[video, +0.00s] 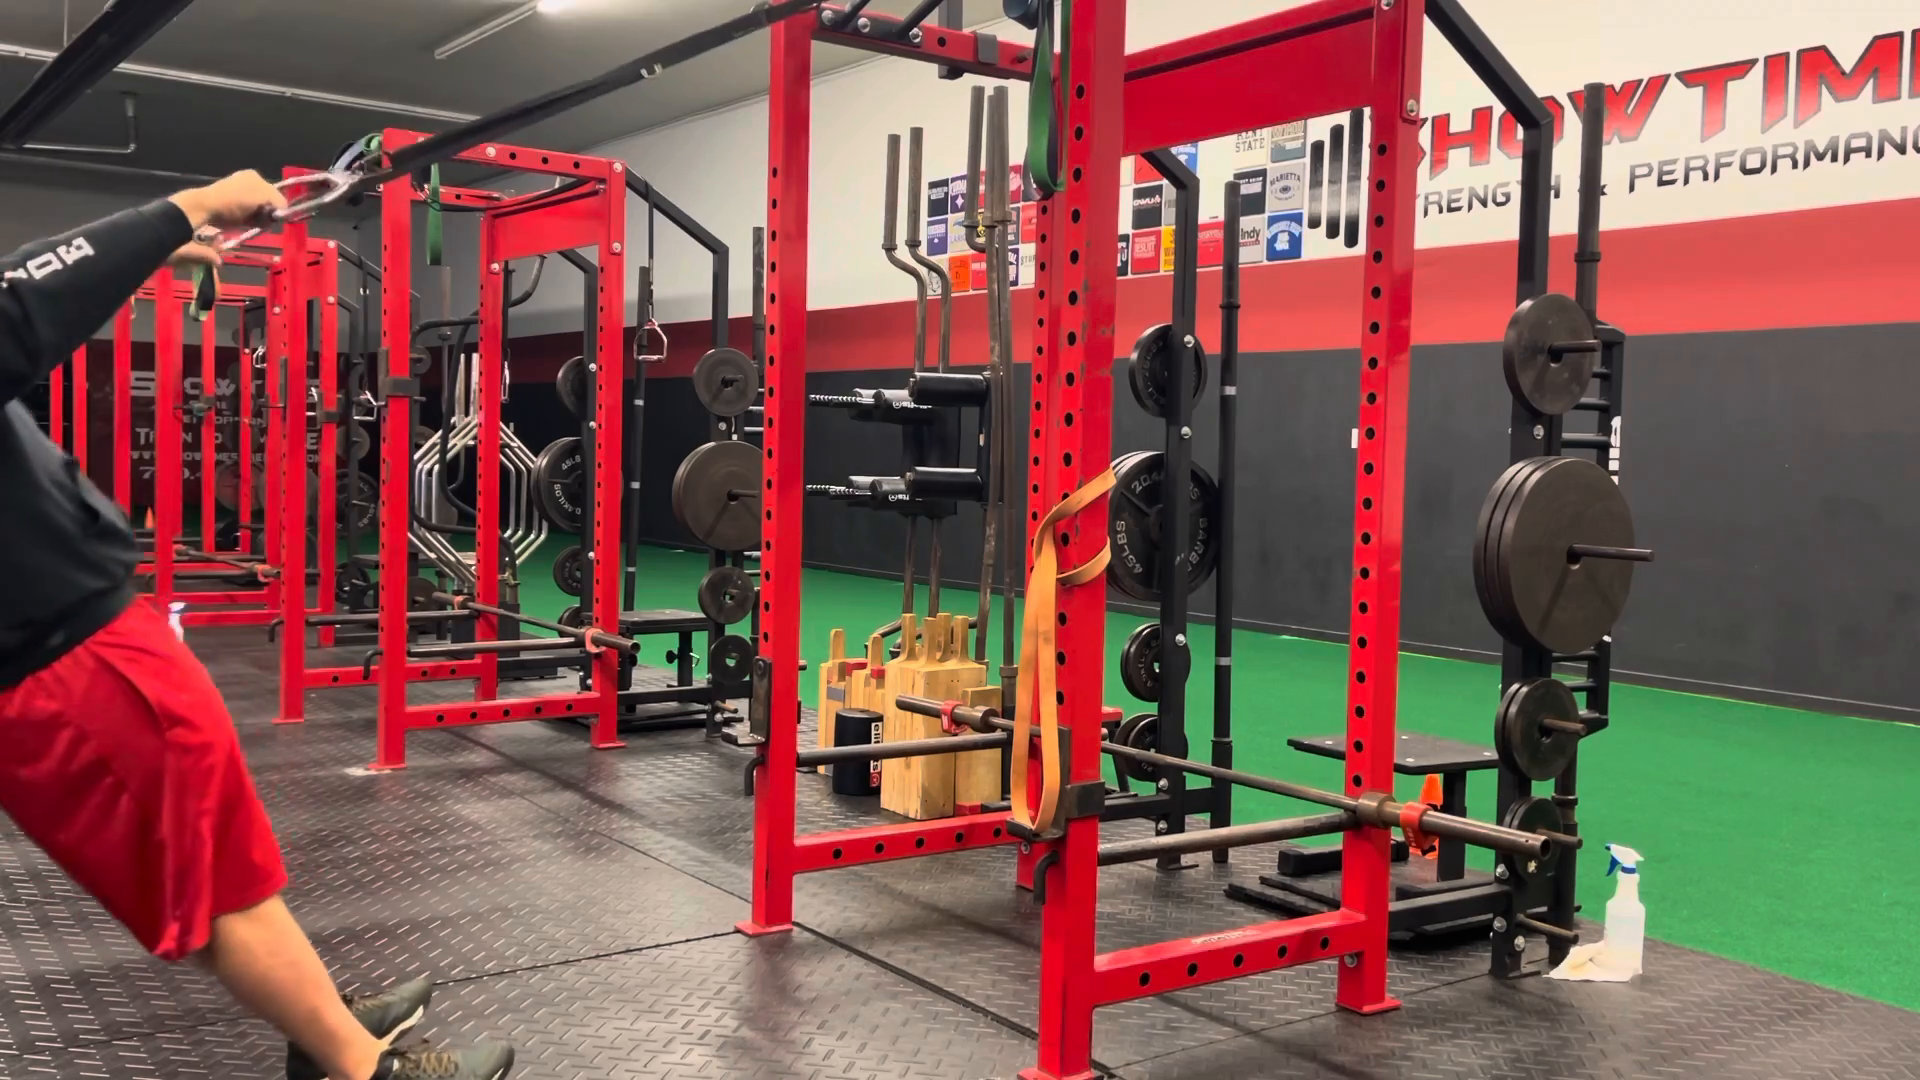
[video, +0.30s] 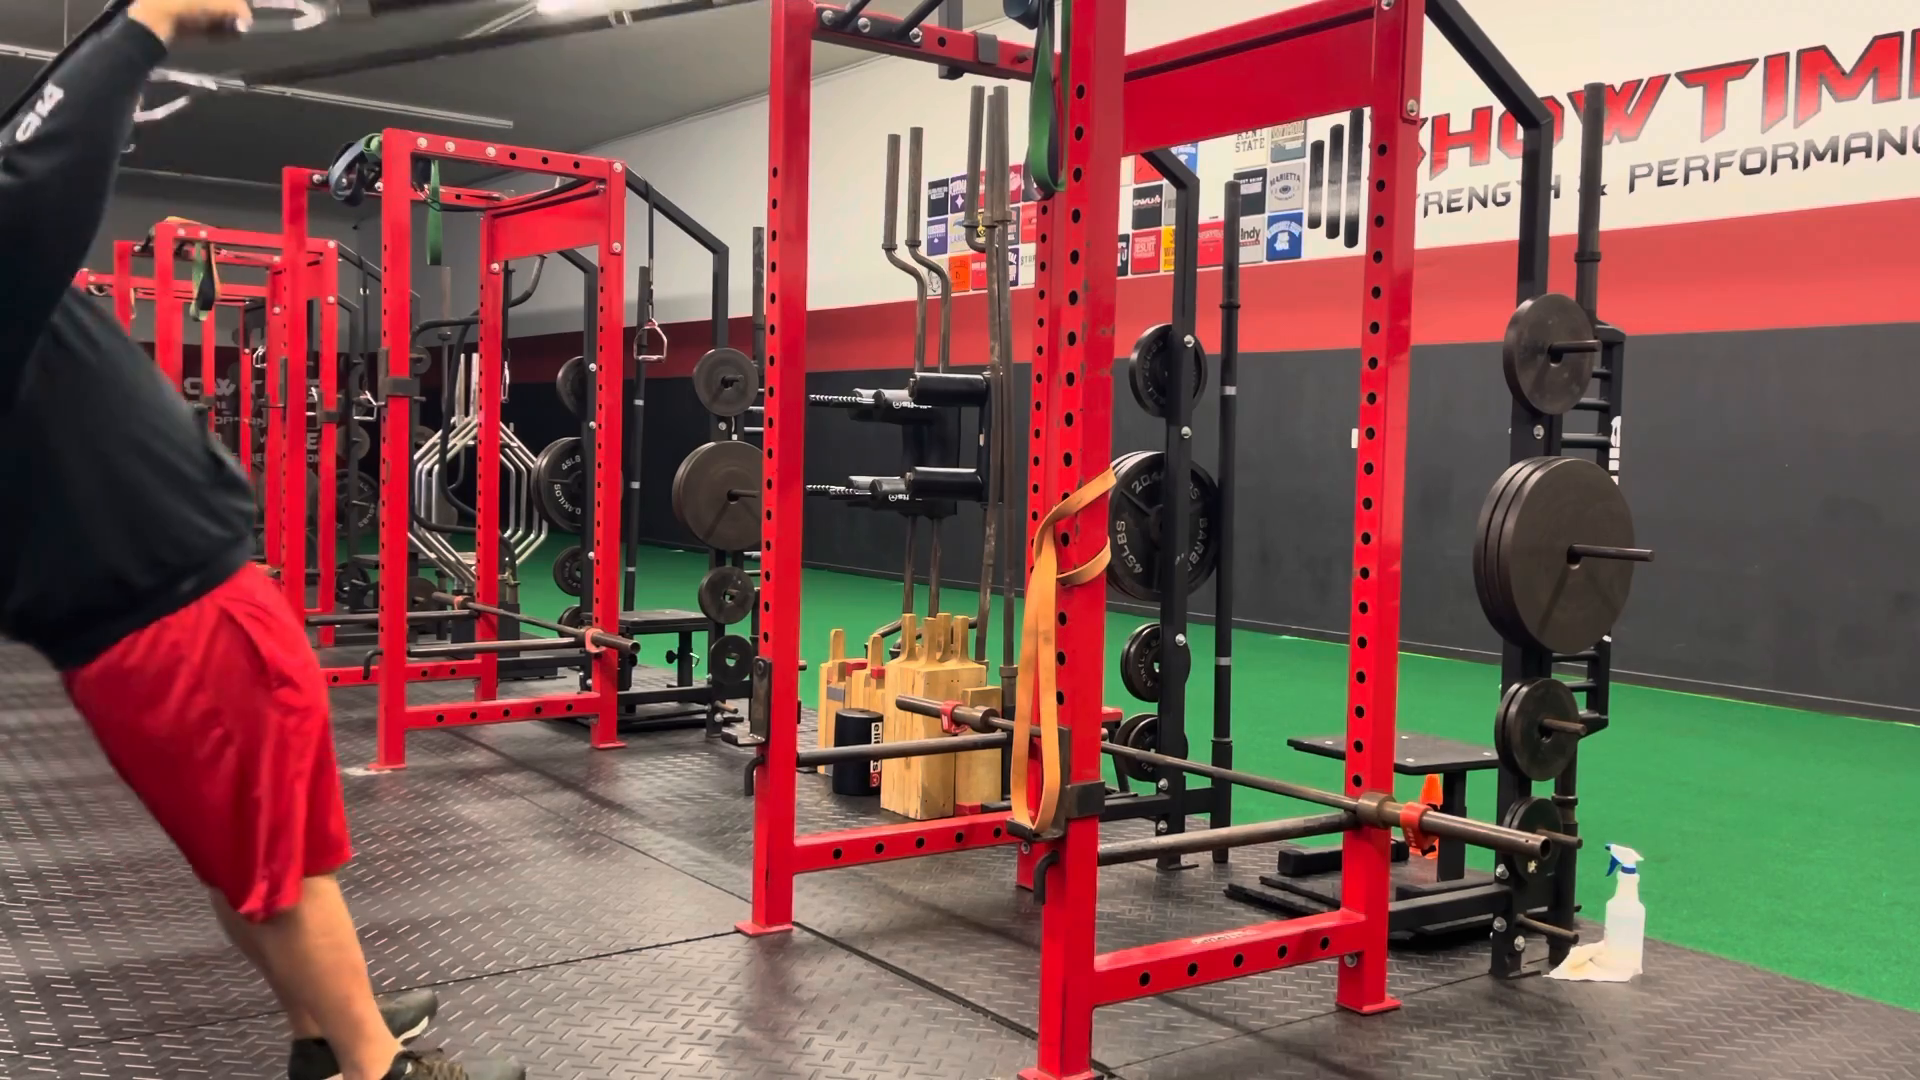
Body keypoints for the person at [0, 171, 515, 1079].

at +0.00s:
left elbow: (25, 307)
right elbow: (23, 314)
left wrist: (184, 215)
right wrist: (186, 210)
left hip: (53, 629)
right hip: (55, 632)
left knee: (204, 839)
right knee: (219, 869)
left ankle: (326, 1026)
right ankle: (361, 1065)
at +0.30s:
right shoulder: (13, 282)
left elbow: (36, 149)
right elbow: (42, 168)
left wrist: (135, 27)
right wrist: (143, 22)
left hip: (129, 619)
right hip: (173, 608)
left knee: (250, 860)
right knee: (286, 867)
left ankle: (329, 1034)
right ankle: (372, 1058)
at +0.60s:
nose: (62, 130)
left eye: (56, 114)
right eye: (36, 122)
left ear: (38, 138)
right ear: (11, 158)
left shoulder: (34, 282)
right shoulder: (82, 253)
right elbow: (121, 65)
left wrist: (71, 52)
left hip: (205, 616)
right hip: (275, 605)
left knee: (281, 851)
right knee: (335, 863)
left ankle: (326, 1029)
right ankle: (385, 1059)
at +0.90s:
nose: (207, 127)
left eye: (195, 111)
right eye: (194, 111)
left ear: (100, 145)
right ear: (172, 129)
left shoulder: (108, 257)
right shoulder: (206, 231)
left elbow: (81, 136)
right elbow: (210, 56)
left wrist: (79, 25)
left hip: (252, 598)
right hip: (343, 595)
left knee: (294, 837)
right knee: (366, 858)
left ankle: (328, 1024)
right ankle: (390, 1058)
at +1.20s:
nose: (337, 114)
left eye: (331, 103)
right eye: (322, 103)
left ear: (251, 148)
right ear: (284, 129)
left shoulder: (204, 239)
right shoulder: (307, 228)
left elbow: (149, 145)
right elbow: (254, 54)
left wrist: (98, 26)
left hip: (287, 584)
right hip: (377, 588)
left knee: (311, 834)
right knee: (379, 854)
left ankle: (336, 1028)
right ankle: (394, 1058)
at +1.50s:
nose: (368, 127)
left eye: (361, 110)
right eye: (350, 110)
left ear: (281, 151)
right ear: (305, 126)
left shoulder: (224, 237)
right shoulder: (322, 229)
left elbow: (163, 153)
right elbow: (269, 72)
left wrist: (107, 39)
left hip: (303, 583)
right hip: (387, 587)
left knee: (314, 828)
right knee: (385, 850)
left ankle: (337, 1025)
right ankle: (395, 1057)